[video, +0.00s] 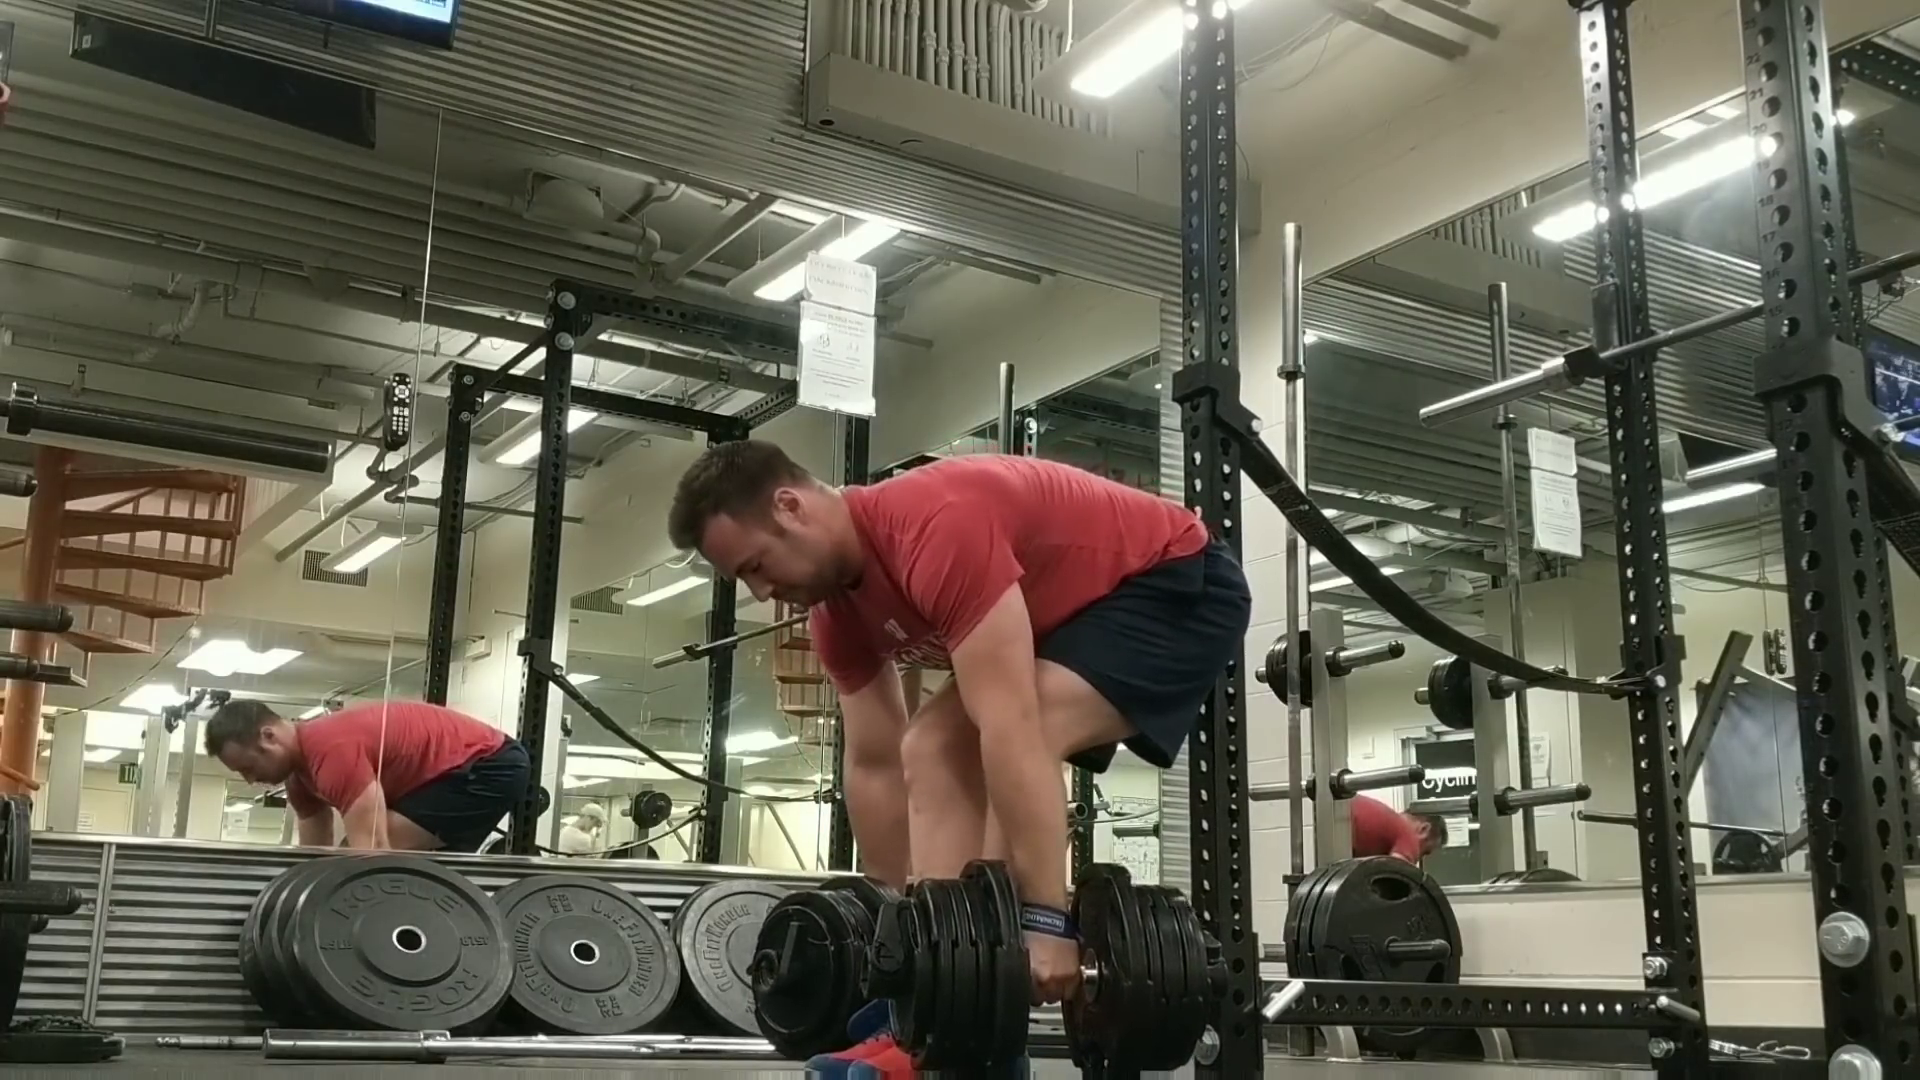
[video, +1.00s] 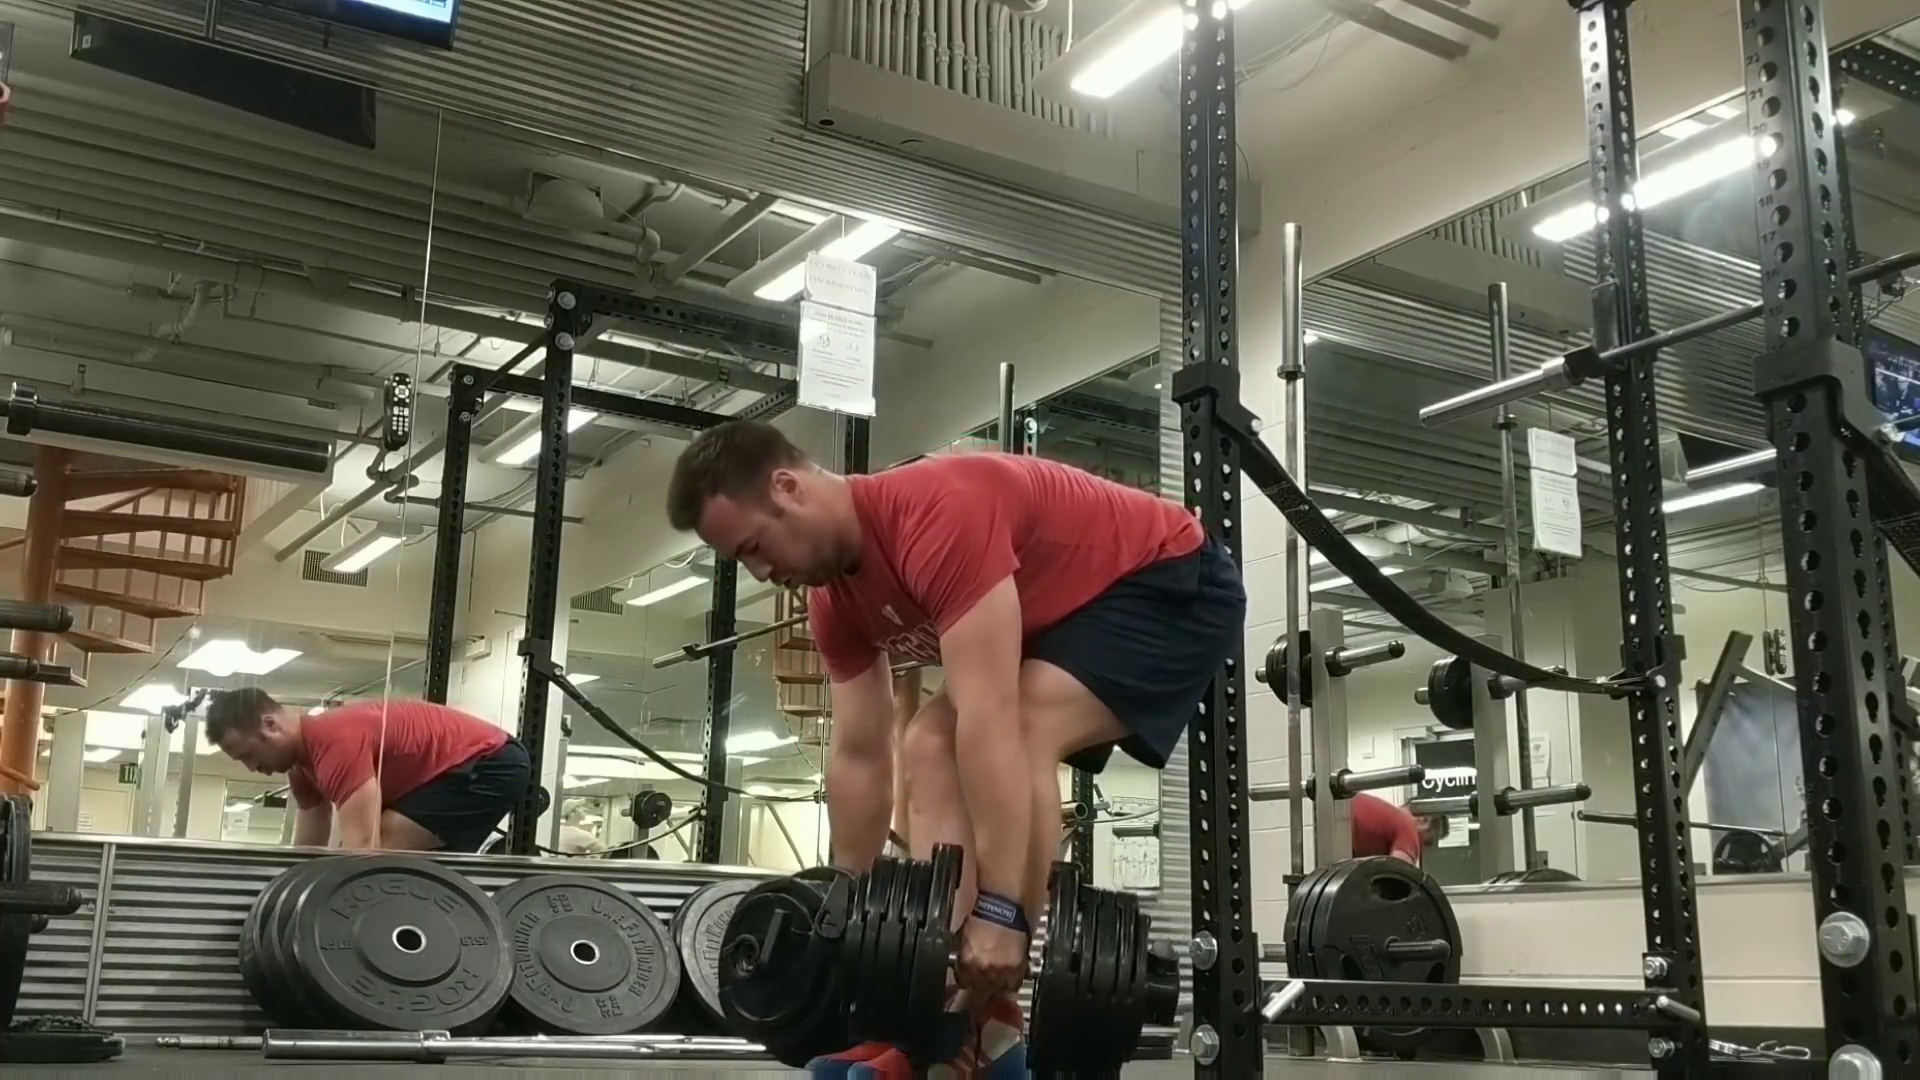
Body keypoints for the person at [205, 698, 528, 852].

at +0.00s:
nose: (253, 782)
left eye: (249, 770)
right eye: (244, 776)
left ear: (268, 737)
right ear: (268, 738)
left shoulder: (331, 751)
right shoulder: (302, 775)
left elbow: (366, 851)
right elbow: (315, 856)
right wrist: (297, 916)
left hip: (491, 766)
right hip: (463, 771)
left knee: (381, 849)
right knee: (386, 855)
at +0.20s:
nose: (251, 779)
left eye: (247, 767)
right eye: (242, 773)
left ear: (267, 734)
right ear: (267, 735)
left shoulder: (332, 749)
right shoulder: (303, 772)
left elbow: (367, 849)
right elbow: (315, 853)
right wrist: (291, 913)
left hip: (491, 766)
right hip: (464, 771)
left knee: (382, 850)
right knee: (386, 856)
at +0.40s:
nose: (250, 763)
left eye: (248, 750)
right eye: (242, 756)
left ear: (271, 721)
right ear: (271, 723)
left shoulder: (335, 738)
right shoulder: (305, 760)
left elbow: (369, 847)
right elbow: (314, 848)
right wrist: (290, 913)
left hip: (490, 763)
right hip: (462, 767)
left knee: (383, 852)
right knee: (391, 856)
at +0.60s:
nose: (250, 756)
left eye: (249, 743)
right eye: (243, 748)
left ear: (272, 714)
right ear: (272, 716)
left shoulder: (335, 733)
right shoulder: (305, 754)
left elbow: (368, 842)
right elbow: (313, 845)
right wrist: (291, 914)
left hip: (489, 761)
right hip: (458, 766)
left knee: (382, 849)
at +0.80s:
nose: (251, 762)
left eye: (249, 750)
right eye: (243, 756)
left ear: (272, 720)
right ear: (272, 722)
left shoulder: (335, 737)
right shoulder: (304, 760)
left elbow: (361, 845)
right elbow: (310, 849)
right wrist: (289, 917)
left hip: (490, 764)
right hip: (461, 768)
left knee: (380, 849)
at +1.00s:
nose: (250, 769)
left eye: (247, 756)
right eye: (242, 762)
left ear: (270, 725)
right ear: (271, 726)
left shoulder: (336, 741)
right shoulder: (304, 767)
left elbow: (360, 849)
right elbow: (309, 852)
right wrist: (285, 916)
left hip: (491, 764)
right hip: (462, 768)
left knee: (381, 852)